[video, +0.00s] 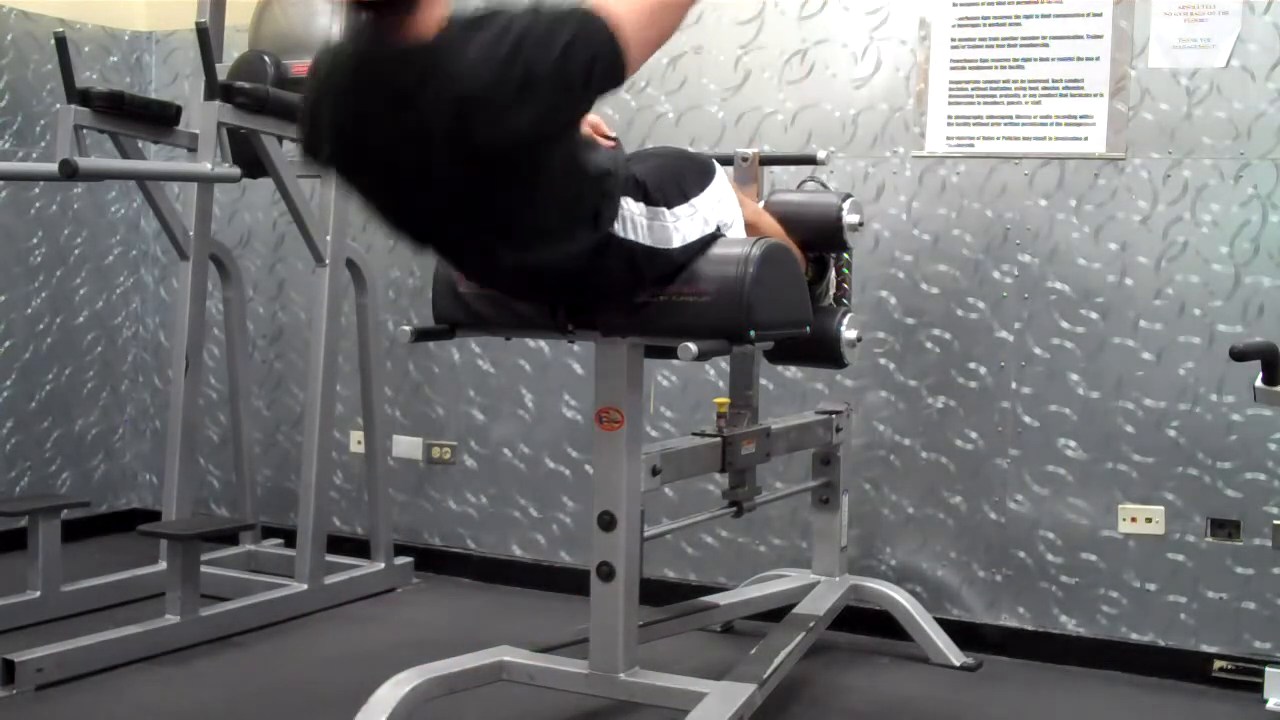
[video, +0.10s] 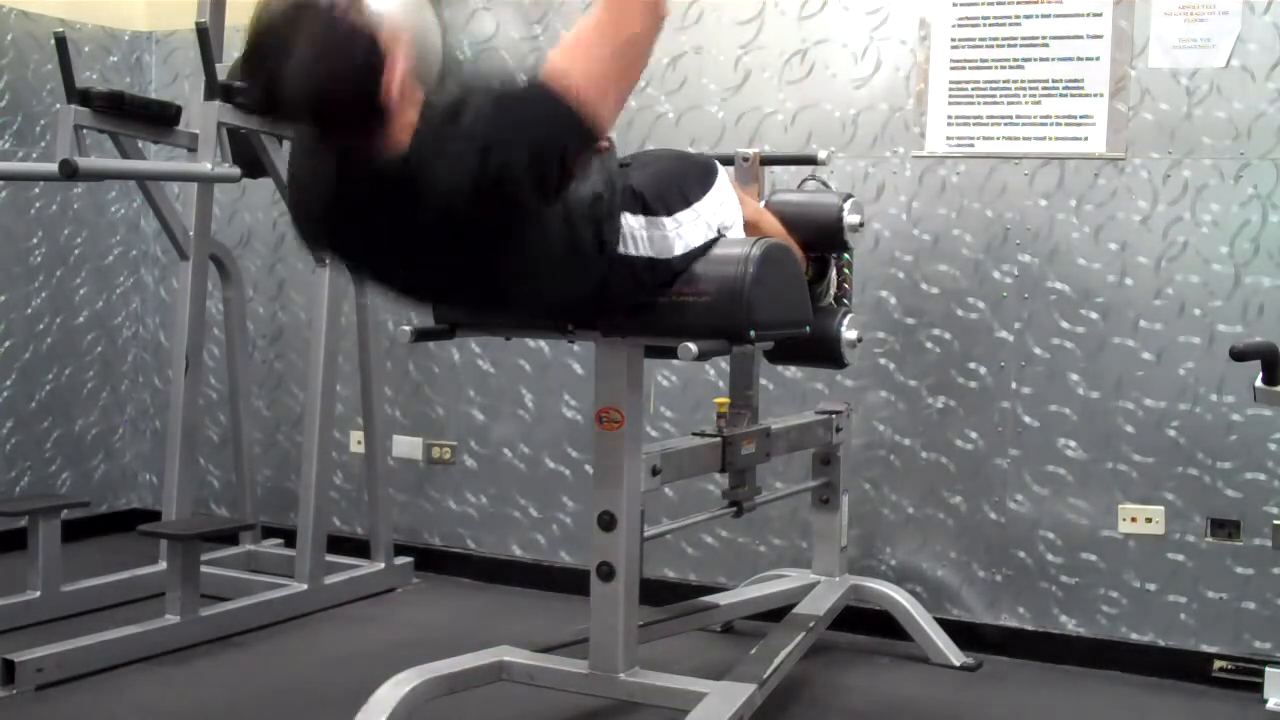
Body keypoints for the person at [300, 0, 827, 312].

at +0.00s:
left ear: (355, 2)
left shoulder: (331, 84)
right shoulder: (499, 64)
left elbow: (443, 164)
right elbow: (665, 7)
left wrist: (558, 131)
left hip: (489, 259)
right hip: (597, 253)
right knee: (714, 184)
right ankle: (802, 266)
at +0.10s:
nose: (396, 31)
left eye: (379, 26)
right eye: (386, 37)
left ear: (302, 108)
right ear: (393, 85)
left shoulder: (316, 187)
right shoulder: (476, 154)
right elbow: (630, 14)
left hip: (489, 290)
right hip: (591, 257)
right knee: (729, 191)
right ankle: (805, 274)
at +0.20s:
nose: (345, 131)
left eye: (328, 137)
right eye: (339, 149)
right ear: (375, 216)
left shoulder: (327, 267)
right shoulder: (466, 248)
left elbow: (437, 170)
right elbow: (592, 103)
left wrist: (541, 138)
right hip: (606, 250)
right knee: (728, 189)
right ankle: (802, 273)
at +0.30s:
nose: (335, 246)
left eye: (315, 252)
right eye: (326, 266)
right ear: (374, 340)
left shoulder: (353, 269)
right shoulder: (454, 352)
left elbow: (414, 200)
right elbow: (563, 254)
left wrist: (521, 156)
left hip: (556, 208)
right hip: (617, 247)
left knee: (687, 168)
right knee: (727, 192)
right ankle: (801, 262)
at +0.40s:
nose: (345, 381)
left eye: (317, 384)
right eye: (344, 419)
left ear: (305, 368)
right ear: (364, 438)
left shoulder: (336, 314)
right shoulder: (472, 385)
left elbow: (398, 235)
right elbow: (554, 414)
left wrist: (511, 164)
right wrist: (403, 444)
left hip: (565, 194)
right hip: (613, 251)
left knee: (706, 176)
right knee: (735, 193)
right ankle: (806, 297)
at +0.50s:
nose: (345, 426)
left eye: (322, 445)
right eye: (352, 456)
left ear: (317, 424)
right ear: (408, 497)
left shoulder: (337, 370)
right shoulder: (499, 437)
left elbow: (389, 260)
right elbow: (547, 546)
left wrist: (497, 178)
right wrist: (409, 642)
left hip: (528, 207)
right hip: (599, 251)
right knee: (721, 176)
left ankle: (776, 242)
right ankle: (797, 276)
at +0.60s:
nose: (365, 462)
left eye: (346, 479)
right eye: (372, 488)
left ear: (336, 463)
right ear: (421, 537)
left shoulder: (345, 394)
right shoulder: (514, 488)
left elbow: (388, 275)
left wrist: (495, 187)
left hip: (517, 221)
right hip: (592, 261)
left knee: (569, 157)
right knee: (719, 170)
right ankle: (797, 281)